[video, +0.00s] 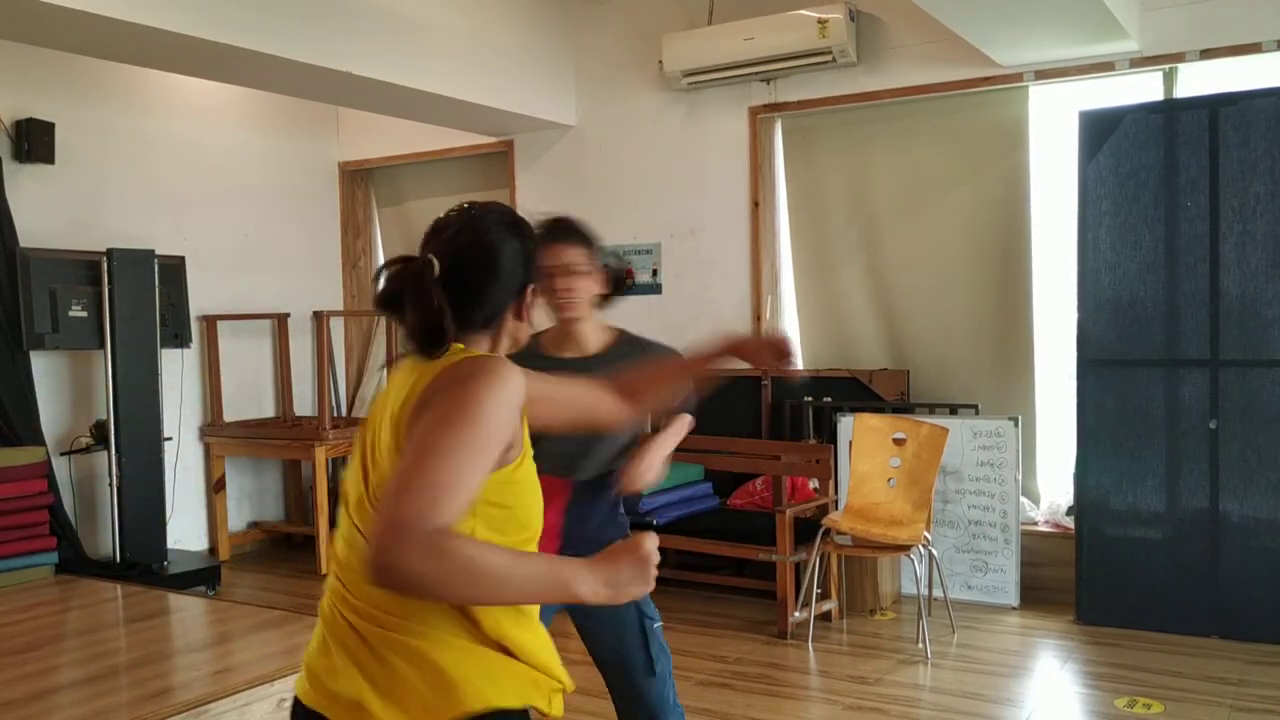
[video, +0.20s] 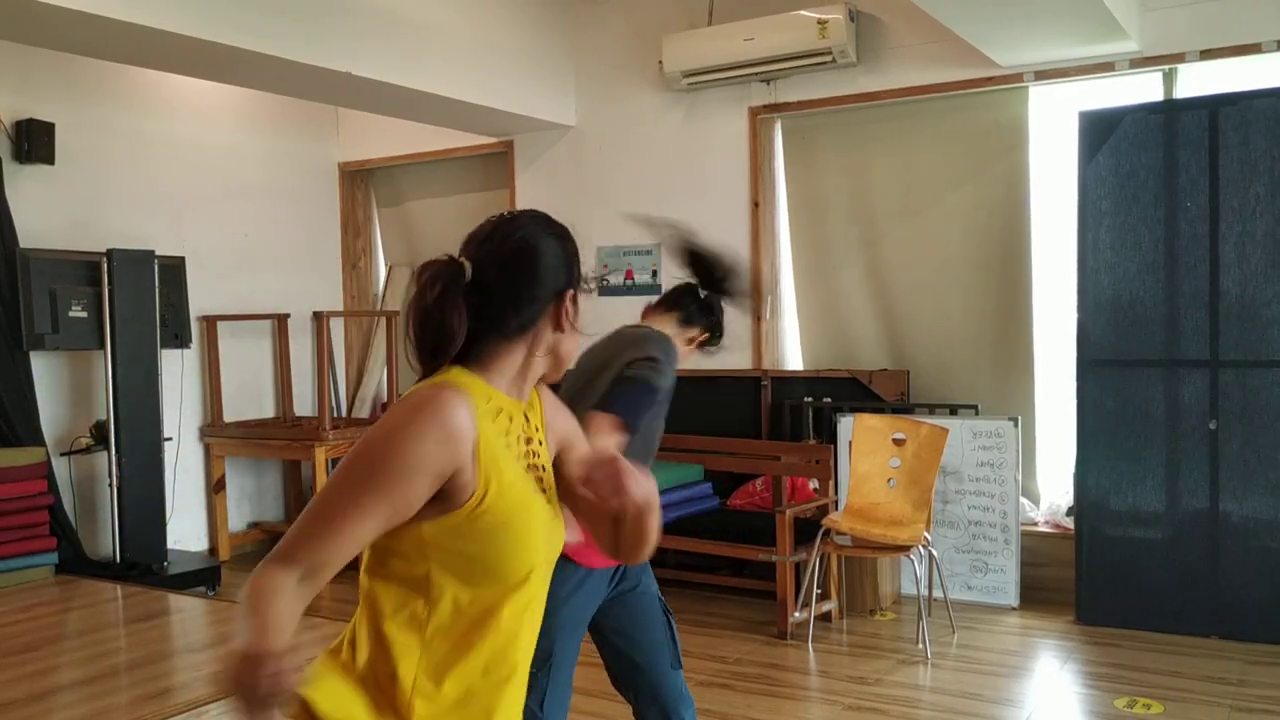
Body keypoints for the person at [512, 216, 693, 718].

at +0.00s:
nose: (564, 284)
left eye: (577, 271)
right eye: (552, 272)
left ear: (604, 279)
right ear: (537, 285)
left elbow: (683, 409)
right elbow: (488, 435)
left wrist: (657, 449)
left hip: (601, 539)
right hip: (522, 541)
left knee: (648, 693)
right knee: (489, 681)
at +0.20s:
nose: (687, 357)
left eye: (694, 352)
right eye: (695, 349)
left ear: (653, 308)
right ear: (695, 336)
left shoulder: (611, 344)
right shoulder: (655, 352)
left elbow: (556, 409)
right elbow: (601, 431)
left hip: (621, 554)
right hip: (573, 553)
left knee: (665, 698)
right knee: (542, 701)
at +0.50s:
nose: (730, 352)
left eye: (739, 344)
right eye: (730, 333)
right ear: (696, 309)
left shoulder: (662, 364)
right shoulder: (646, 349)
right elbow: (665, 450)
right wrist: (734, 450)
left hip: (620, 559)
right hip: (561, 558)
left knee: (665, 703)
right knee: (536, 707)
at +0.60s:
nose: (706, 324)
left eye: (718, 315)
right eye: (699, 304)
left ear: (723, 320)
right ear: (665, 293)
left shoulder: (650, 364)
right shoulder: (630, 355)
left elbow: (616, 458)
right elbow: (586, 459)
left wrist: (647, 525)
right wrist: (663, 515)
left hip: (621, 559)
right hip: (566, 557)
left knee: (663, 702)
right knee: (539, 702)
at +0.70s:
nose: (674, 308)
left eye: (688, 298)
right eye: (668, 290)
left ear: (696, 305)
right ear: (637, 283)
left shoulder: (654, 385)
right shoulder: (589, 363)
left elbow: (667, 492)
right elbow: (531, 457)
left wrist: (754, 506)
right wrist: (541, 560)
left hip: (629, 568)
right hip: (558, 571)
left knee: (672, 706)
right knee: (535, 709)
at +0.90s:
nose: (473, 318)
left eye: (473, 301)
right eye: (470, 305)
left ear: (497, 289)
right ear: (498, 292)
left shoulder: (592, 343)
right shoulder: (516, 363)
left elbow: (674, 416)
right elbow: (523, 448)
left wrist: (688, 513)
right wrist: (454, 428)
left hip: (611, 554)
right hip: (535, 557)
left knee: (659, 705)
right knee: (513, 703)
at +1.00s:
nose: (452, 358)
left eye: (445, 348)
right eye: (444, 349)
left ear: (450, 338)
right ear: (485, 310)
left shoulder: (508, 359)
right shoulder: (526, 349)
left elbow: (579, 429)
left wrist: (573, 535)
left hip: (604, 553)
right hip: (542, 555)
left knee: (649, 703)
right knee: (512, 700)